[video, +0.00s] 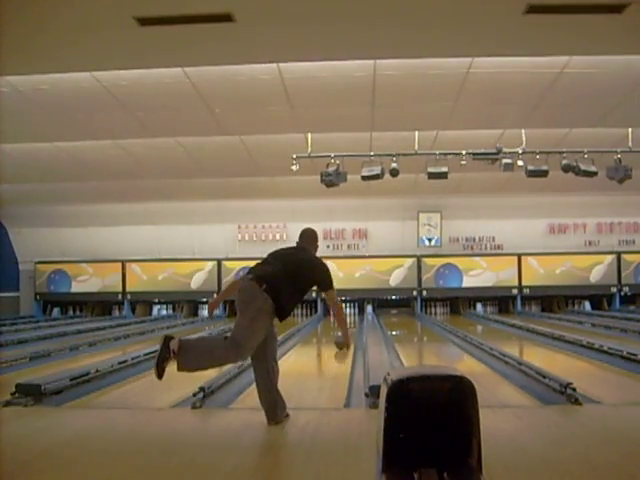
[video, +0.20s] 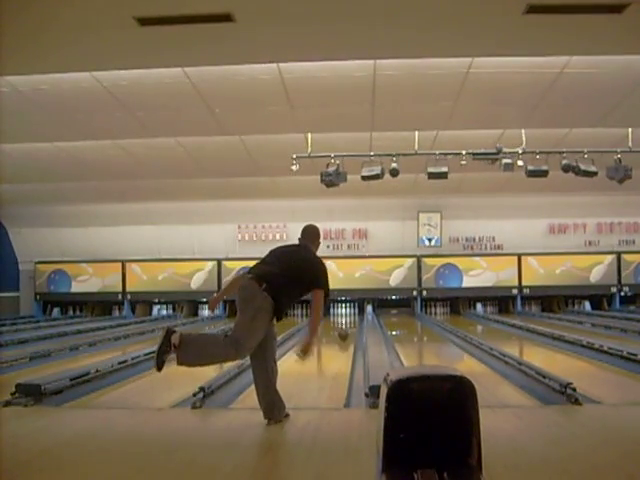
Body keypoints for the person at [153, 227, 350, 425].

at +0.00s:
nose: (317, 248)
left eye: (314, 245)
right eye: (317, 245)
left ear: (299, 241)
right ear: (316, 245)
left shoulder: (282, 253)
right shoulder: (317, 265)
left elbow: (245, 278)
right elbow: (334, 305)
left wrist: (219, 298)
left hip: (246, 293)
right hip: (261, 300)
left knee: (265, 360)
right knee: (238, 349)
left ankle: (275, 413)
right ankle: (176, 348)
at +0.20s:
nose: (317, 245)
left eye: (313, 239)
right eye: (318, 242)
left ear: (301, 238)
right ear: (318, 242)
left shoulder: (283, 250)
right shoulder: (317, 265)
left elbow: (248, 274)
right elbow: (317, 308)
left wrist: (220, 295)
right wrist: (310, 340)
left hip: (248, 288)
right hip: (262, 297)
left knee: (264, 356)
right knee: (237, 347)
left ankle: (274, 412)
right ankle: (177, 342)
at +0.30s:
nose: (316, 240)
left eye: (311, 236)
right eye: (318, 237)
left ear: (301, 235)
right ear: (320, 239)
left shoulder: (283, 248)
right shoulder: (318, 264)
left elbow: (247, 274)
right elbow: (306, 296)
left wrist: (221, 296)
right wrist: (287, 323)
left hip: (247, 287)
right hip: (262, 297)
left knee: (263, 356)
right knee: (240, 347)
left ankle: (273, 412)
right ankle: (179, 348)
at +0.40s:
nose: (316, 238)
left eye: (311, 234)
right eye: (318, 235)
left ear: (301, 232)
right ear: (320, 237)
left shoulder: (284, 246)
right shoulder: (317, 259)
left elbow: (250, 273)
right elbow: (303, 288)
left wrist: (225, 296)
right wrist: (280, 314)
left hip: (247, 288)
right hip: (261, 296)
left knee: (264, 356)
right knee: (242, 350)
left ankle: (273, 411)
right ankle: (183, 358)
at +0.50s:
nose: (317, 236)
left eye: (313, 230)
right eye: (319, 233)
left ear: (301, 229)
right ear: (319, 233)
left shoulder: (284, 243)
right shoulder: (316, 256)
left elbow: (255, 269)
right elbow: (303, 292)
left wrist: (232, 295)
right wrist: (283, 320)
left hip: (245, 290)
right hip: (261, 297)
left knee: (264, 357)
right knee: (246, 352)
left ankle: (273, 412)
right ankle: (191, 375)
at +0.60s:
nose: (314, 232)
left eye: (311, 228)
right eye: (316, 229)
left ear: (299, 226)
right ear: (318, 230)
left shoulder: (281, 241)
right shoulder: (314, 254)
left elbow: (253, 272)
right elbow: (308, 299)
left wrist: (232, 298)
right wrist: (296, 334)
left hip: (246, 290)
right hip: (263, 299)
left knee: (263, 356)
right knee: (247, 351)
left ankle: (273, 412)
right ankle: (199, 392)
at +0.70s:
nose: (313, 227)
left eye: (309, 223)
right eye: (315, 224)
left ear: (297, 222)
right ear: (316, 226)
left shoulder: (280, 239)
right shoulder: (314, 254)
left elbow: (253, 269)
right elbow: (316, 298)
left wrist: (233, 297)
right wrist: (318, 336)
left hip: (245, 290)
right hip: (262, 299)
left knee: (263, 356)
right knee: (248, 352)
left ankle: (273, 411)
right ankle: (200, 393)